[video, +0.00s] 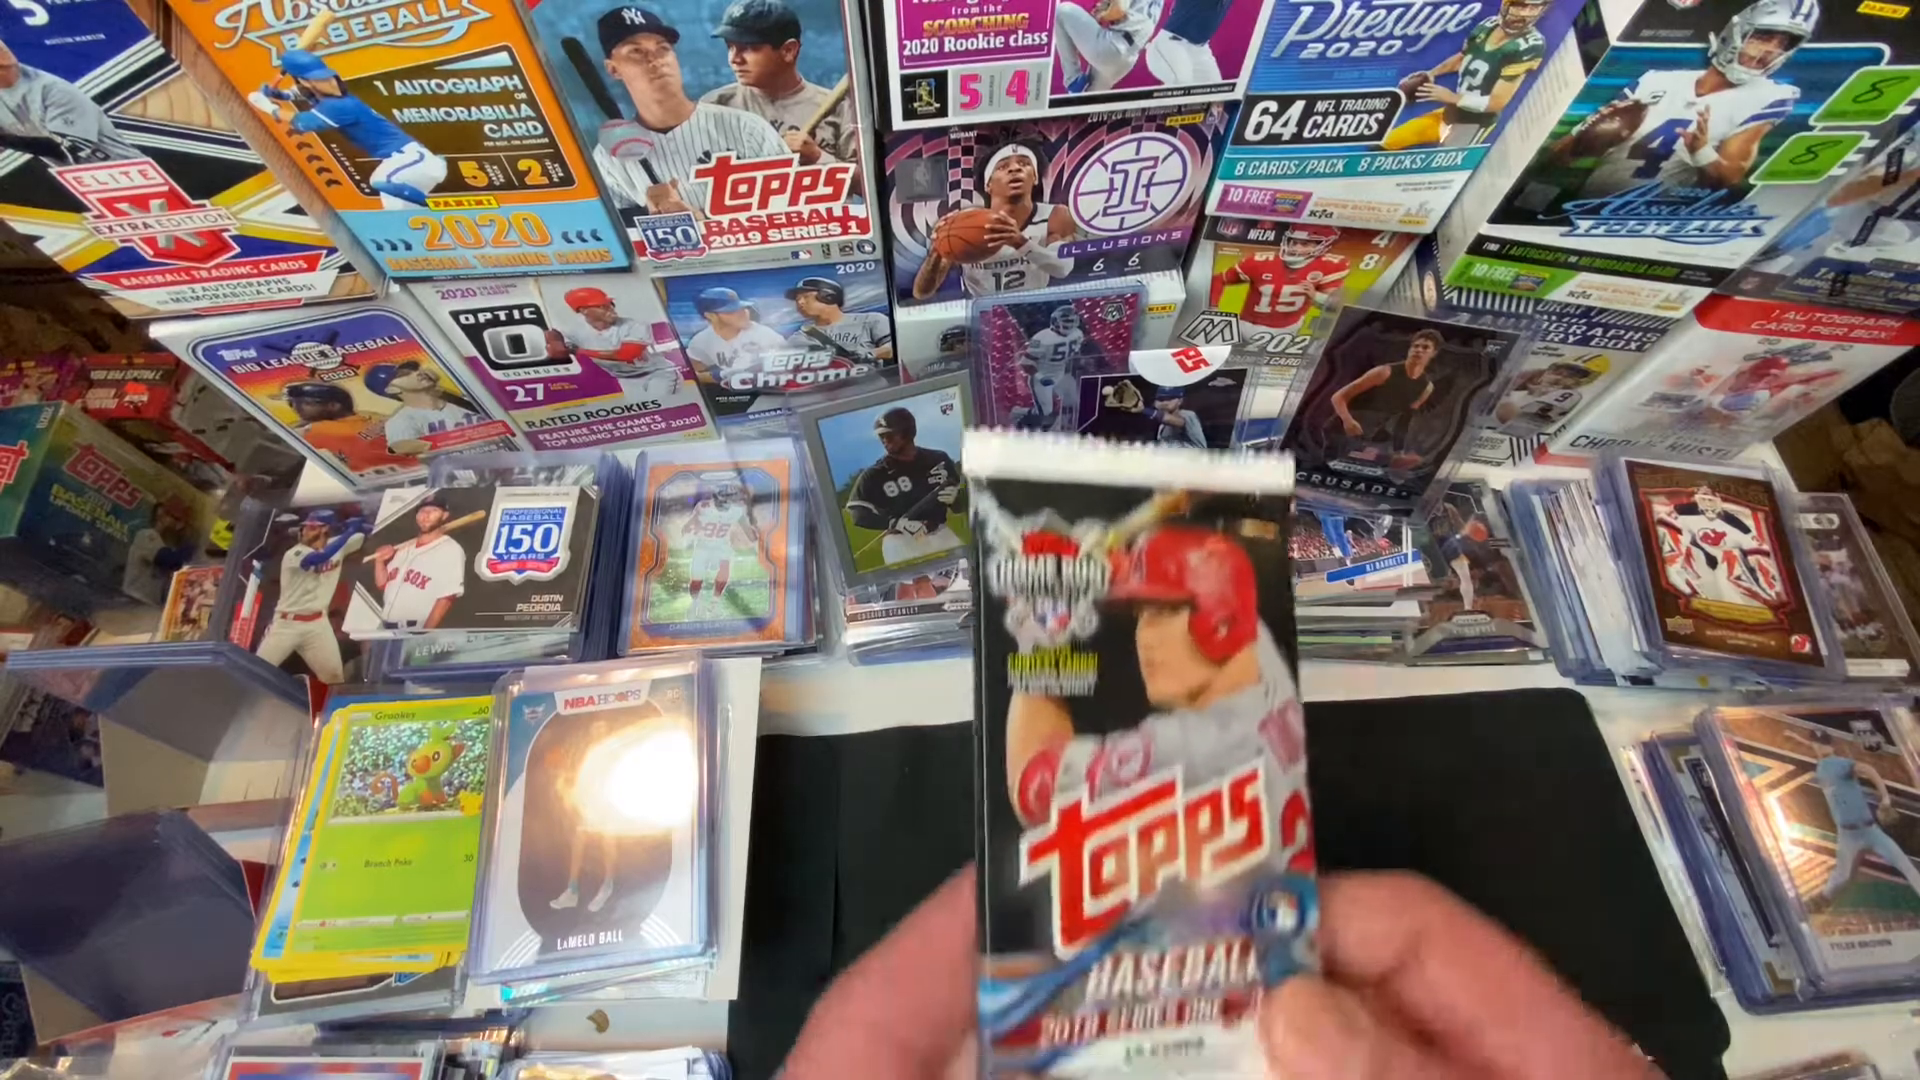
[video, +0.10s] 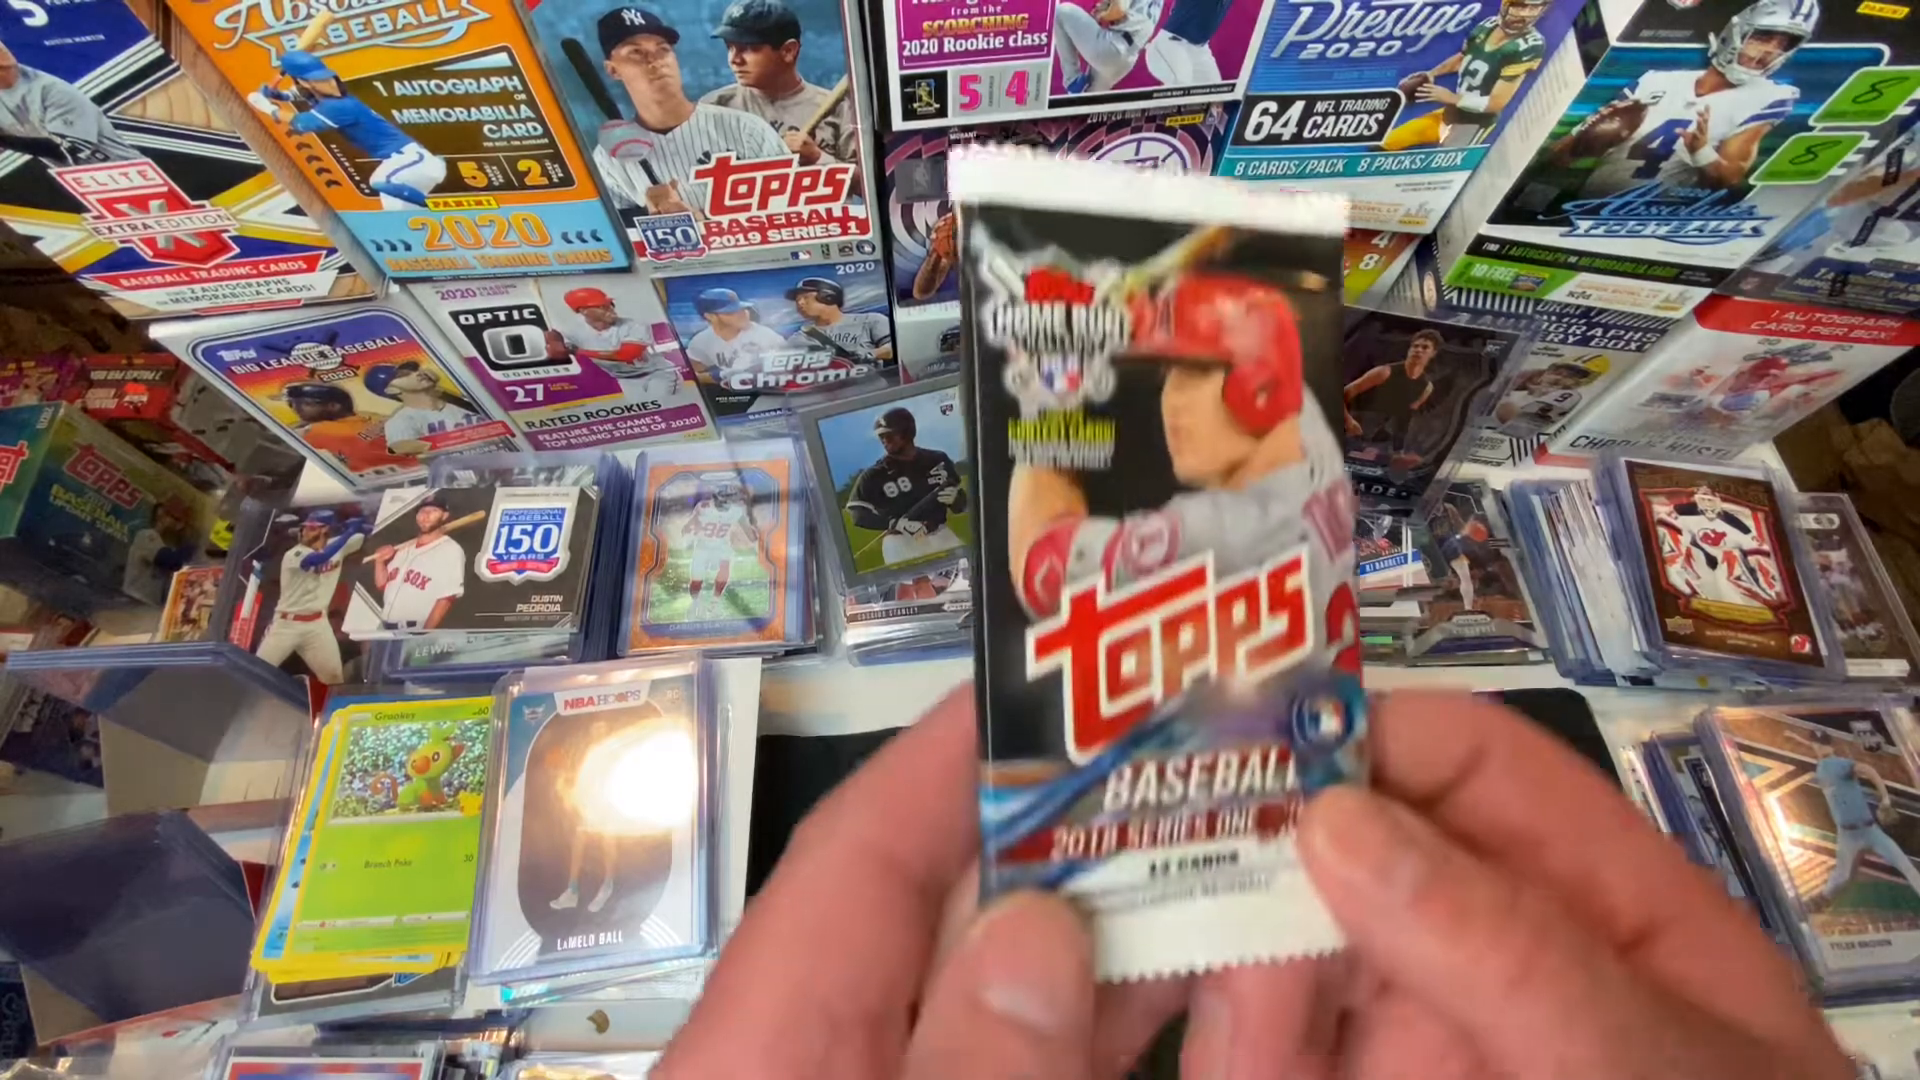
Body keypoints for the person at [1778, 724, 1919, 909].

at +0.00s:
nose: (1821, 748)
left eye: (1823, 744)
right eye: (1818, 745)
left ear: (1829, 744)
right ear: (1816, 748)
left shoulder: (1838, 764)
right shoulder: (1822, 767)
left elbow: (1868, 770)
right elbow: (1812, 745)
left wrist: (1885, 798)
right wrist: (1797, 737)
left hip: (1870, 828)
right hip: (1847, 833)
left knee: (1903, 863)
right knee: (1843, 875)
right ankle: (1824, 897)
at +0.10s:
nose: (1820, 749)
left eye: (1822, 744)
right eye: (1817, 745)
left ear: (1826, 743)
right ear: (1815, 748)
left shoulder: (1838, 764)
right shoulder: (1821, 768)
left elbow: (1868, 770)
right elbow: (1812, 745)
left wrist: (1885, 798)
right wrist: (1796, 738)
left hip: (1870, 828)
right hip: (1846, 833)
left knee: (1903, 863)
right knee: (1842, 875)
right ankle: (1824, 897)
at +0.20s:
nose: (1824, 751)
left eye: (1826, 746)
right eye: (1820, 748)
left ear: (1832, 746)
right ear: (1816, 750)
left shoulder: (1841, 764)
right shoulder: (1823, 767)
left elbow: (1868, 770)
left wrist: (1885, 797)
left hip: (1870, 829)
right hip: (1846, 834)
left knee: (1902, 862)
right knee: (1843, 875)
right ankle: (1822, 898)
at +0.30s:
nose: (1821, 750)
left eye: (1824, 745)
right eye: (1818, 746)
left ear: (1830, 746)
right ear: (1815, 749)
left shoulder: (1840, 764)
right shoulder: (1823, 767)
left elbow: (1869, 770)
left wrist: (1884, 795)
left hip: (1869, 829)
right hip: (1846, 834)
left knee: (1903, 862)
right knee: (1844, 875)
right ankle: (1816, 898)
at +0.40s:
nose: (1823, 751)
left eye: (1826, 746)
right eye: (1819, 748)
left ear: (1831, 746)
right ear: (1815, 750)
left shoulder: (1841, 765)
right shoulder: (1821, 768)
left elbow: (1869, 770)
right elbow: (1799, 781)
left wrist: (1884, 796)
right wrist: (1776, 794)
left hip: (1869, 829)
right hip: (1846, 834)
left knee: (1902, 861)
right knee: (1844, 875)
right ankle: (1818, 898)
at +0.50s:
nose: (1823, 751)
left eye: (1825, 746)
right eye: (1819, 748)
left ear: (1831, 746)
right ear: (1815, 750)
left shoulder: (1841, 765)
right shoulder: (1821, 768)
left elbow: (1869, 770)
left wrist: (1885, 797)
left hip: (1869, 829)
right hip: (1846, 834)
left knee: (1903, 862)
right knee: (1842, 876)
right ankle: (1820, 899)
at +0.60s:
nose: (1823, 750)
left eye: (1826, 745)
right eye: (1819, 746)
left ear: (1832, 746)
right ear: (1815, 749)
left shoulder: (1840, 766)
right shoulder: (1824, 767)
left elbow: (1855, 792)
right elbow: (1868, 770)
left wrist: (1882, 800)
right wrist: (1884, 795)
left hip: (1869, 829)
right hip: (1846, 833)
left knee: (1902, 862)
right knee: (1842, 875)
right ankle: (1823, 897)